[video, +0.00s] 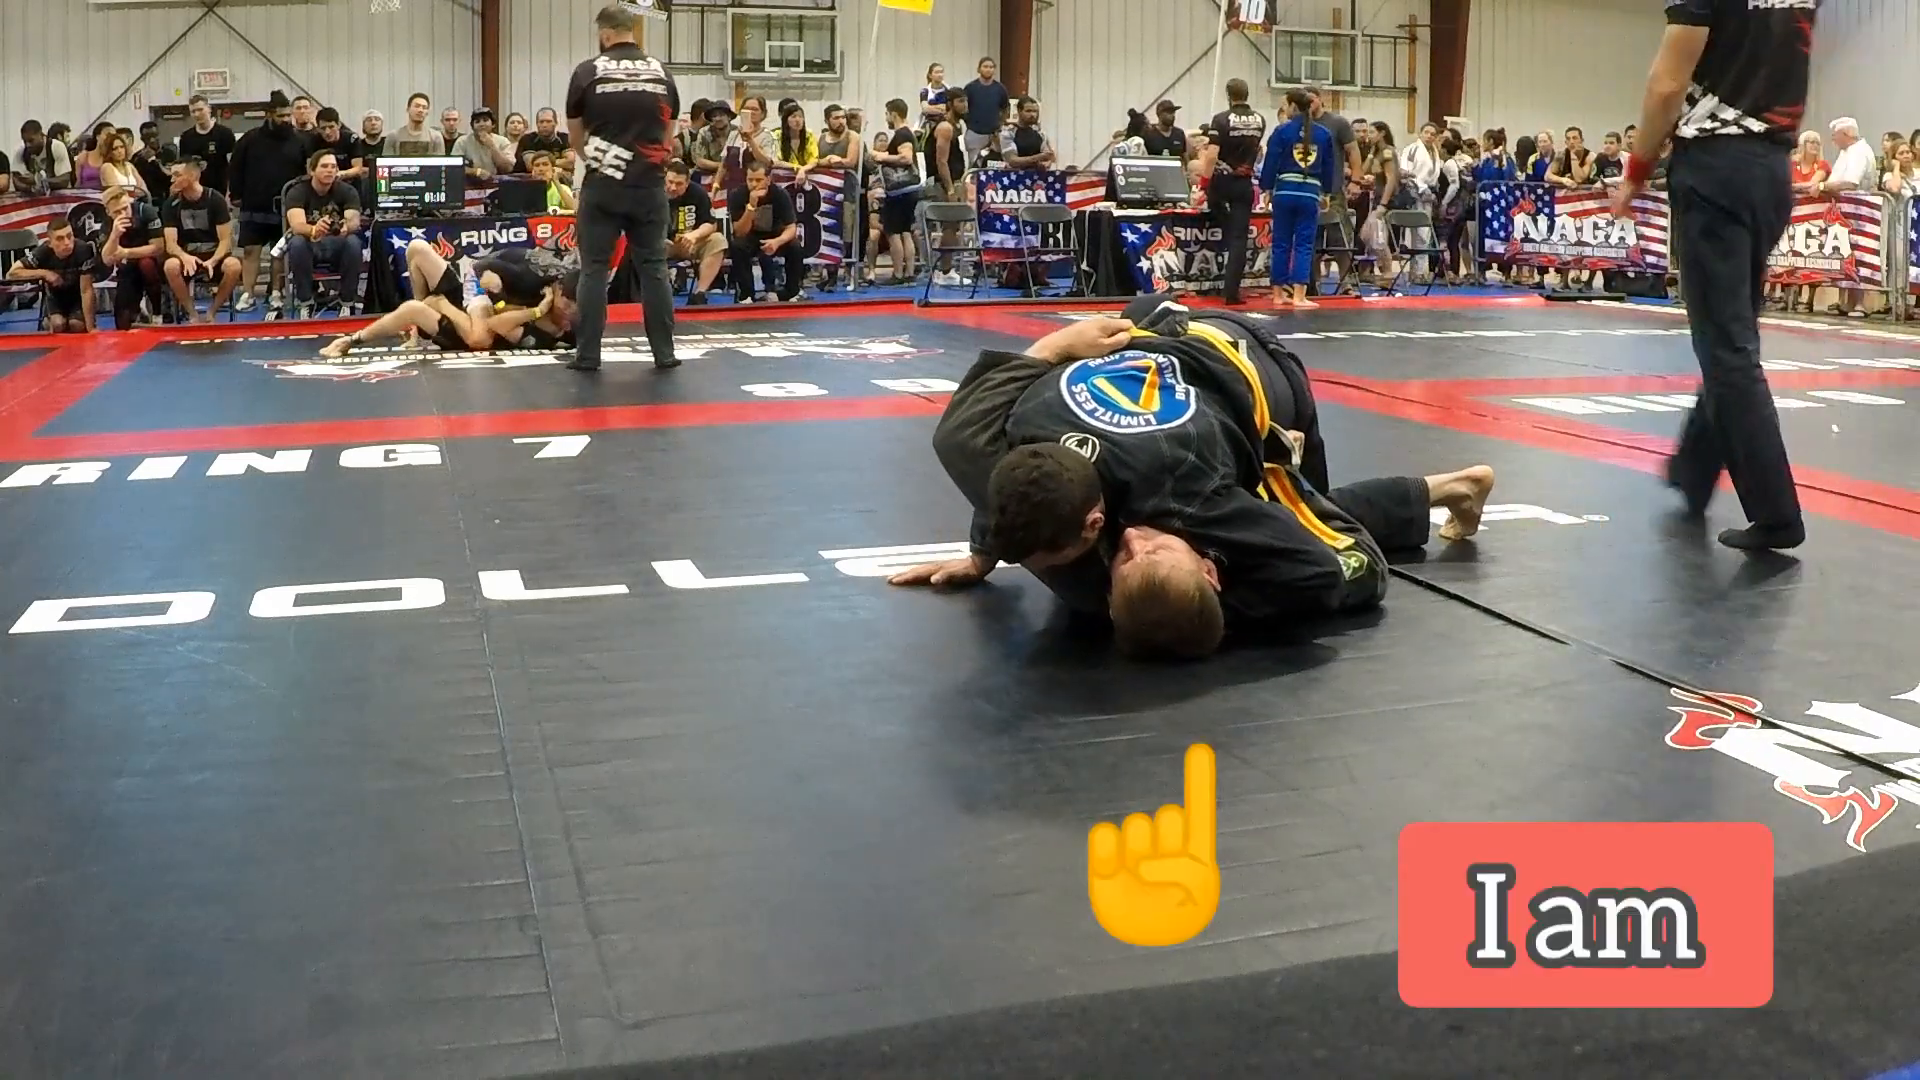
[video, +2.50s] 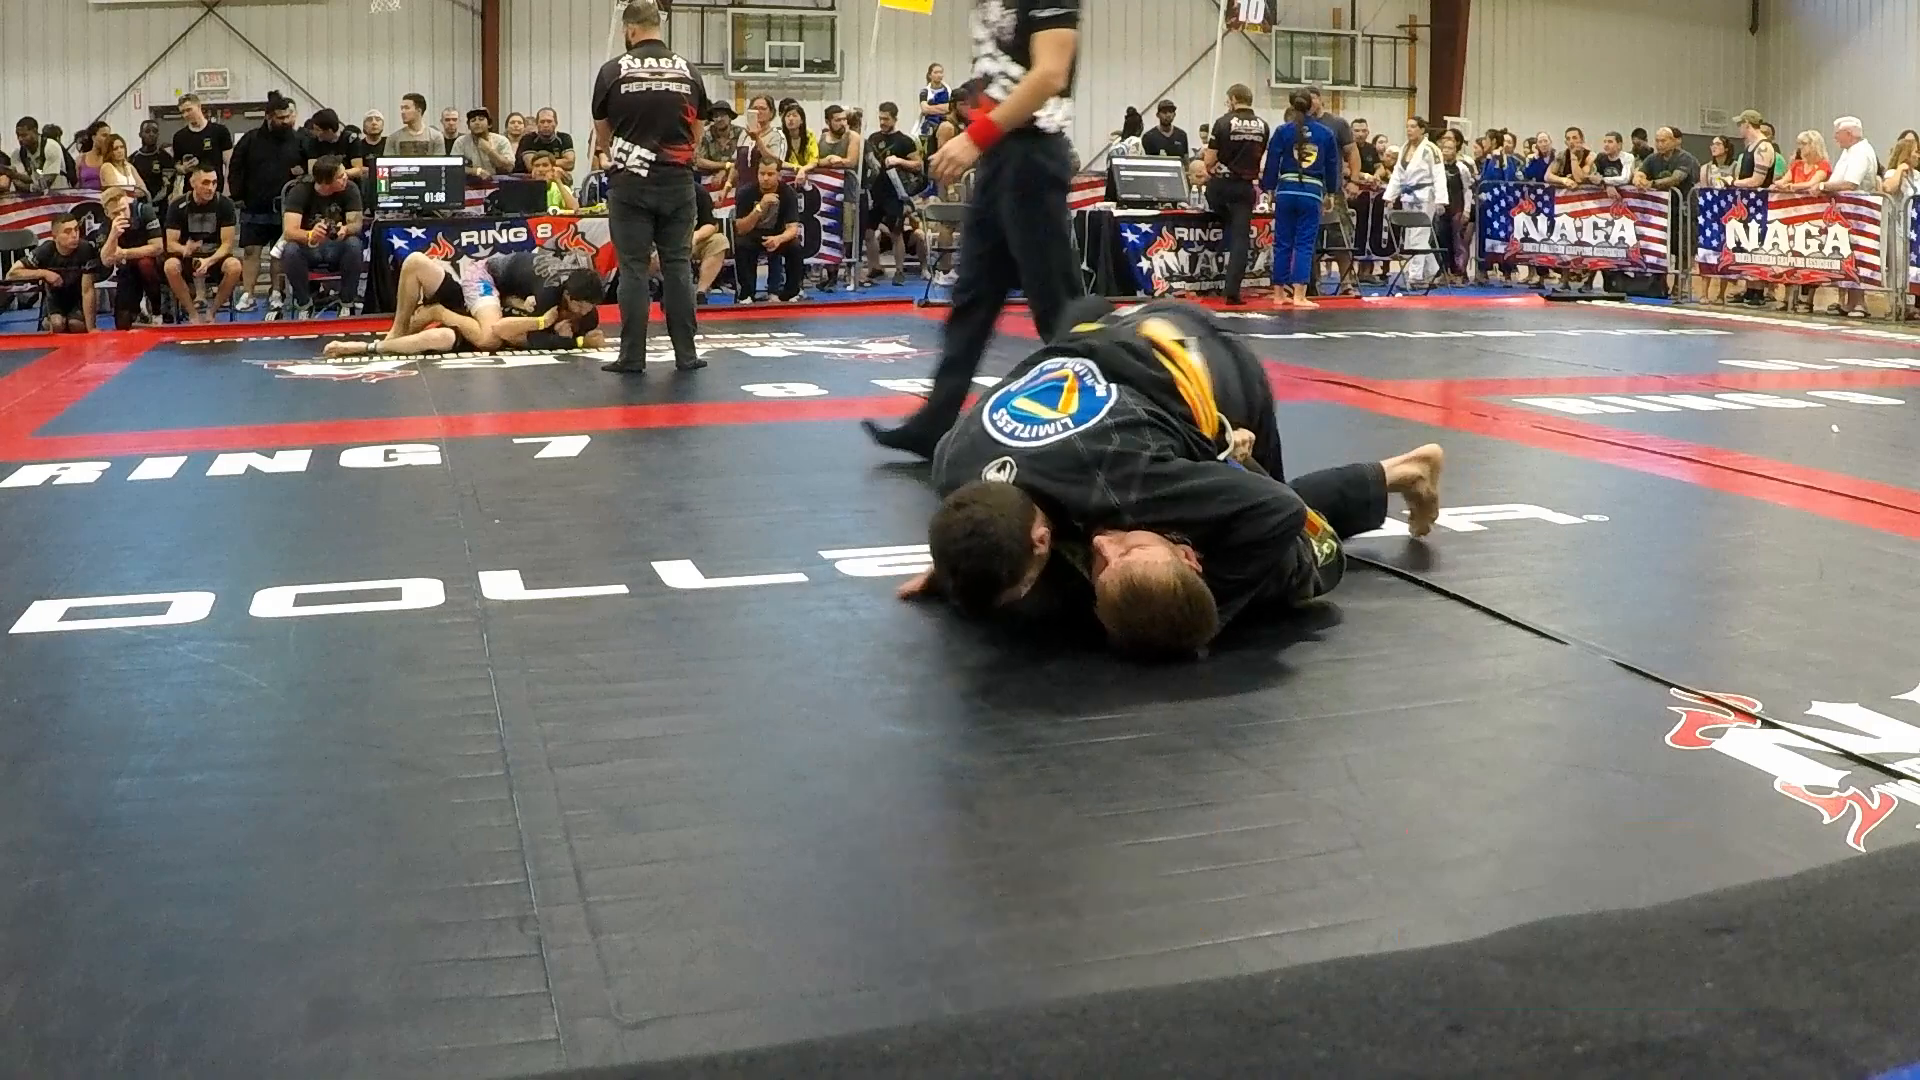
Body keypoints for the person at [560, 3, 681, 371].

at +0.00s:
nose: (599, 41)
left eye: (598, 37)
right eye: (601, 37)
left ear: (604, 35)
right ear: (633, 33)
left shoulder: (587, 71)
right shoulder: (660, 70)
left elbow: (576, 138)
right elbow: (669, 130)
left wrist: (599, 162)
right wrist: (650, 161)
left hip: (602, 186)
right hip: (649, 186)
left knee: (594, 269)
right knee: (654, 266)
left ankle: (588, 355)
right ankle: (665, 353)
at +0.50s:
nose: (622, 41)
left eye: (622, 37)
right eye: (624, 37)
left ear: (629, 35)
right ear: (657, 34)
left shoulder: (614, 68)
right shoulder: (682, 72)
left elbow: (599, 134)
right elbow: (687, 130)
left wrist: (604, 172)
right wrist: (680, 173)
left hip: (625, 182)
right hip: (671, 184)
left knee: (611, 257)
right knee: (663, 262)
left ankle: (624, 345)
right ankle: (666, 353)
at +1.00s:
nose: (598, 41)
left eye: (597, 37)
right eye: (600, 37)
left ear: (601, 34)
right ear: (632, 31)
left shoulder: (585, 76)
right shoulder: (662, 68)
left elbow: (582, 142)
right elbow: (676, 126)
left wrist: (605, 169)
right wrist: (663, 161)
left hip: (612, 187)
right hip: (659, 185)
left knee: (619, 268)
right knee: (660, 264)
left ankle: (629, 357)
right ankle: (665, 353)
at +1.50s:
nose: (601, 40)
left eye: (600, 36)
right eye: (603, 36)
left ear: (603, 34)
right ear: (637, 31)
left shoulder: (588, 73)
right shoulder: (666, 68)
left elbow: (584, 140)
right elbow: (678, 133)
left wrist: (611, 165)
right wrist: (658, 162)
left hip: (612, 184)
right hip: (660, 181)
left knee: (625, 268)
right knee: (670, 263)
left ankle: (630, 357)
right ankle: (685, 353)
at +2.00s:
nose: (617, 37)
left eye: (617, 32)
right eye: (618, 32)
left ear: (622, 30)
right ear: (652, 27)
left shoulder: (606, 71)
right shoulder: (683, 69)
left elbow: (598, 136)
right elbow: (691, 130)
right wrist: (671, 158)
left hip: (626, 183)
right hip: (673, 181)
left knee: (631, 267)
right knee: (677, 263)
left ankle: (631, 358)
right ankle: (686, 354)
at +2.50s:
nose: (625, 37)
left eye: (625, 32)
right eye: (627, 32)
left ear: (630, 31)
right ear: (660, 28)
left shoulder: (612, 70)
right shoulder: (689, 70)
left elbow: (603, 135)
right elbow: (697, 130)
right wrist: (681, 162)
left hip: (630, 182)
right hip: (677, 180)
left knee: (633, 267)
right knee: (677, 263)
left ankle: (632, 357)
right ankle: (686, 354)